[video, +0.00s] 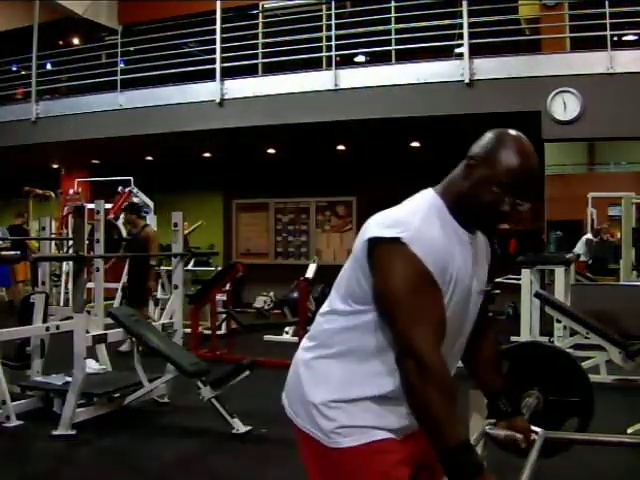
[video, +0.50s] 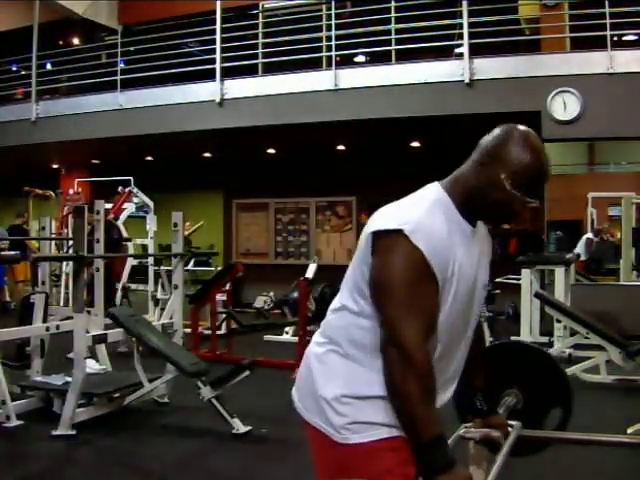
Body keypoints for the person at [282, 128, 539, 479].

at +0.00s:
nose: (510, 209)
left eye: (519, 199)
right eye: (507, 192)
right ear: (471, 166)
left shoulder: (477, 242)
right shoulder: (405, 235)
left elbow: (475, 332)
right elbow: (419, 363)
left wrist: (504, 410)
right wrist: (465, 464)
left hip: (408, 404)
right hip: (345, 411)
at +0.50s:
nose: (524, 208)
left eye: (530, 197)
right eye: (524, 192)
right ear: (500, 176)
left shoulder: (477, 235)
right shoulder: (410, 231)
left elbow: (467, 328)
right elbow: (405, 356)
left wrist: (479, 411)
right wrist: (439, 462)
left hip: (410, 396)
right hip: (352, 402)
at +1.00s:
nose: (562, 235)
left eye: (570, 226)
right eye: (567, 223)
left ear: (539, 192)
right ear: (551, 205)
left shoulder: (497, 240)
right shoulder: (454, 237)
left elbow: (454, 341)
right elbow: (417, 349)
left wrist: (471, 414)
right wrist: (437, 462)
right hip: (360, 399)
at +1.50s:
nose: (569, 254)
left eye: (577, 246)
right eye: (574, 243)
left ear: (545, 212)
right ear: (553, 224)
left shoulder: (497, 250)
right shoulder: (463, 252)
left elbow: (457, 342)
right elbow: (408, 355)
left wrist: (474, 415)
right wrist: (429, 463)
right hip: (355, 403)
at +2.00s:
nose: (534, 174)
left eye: (528, 161)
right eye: (518, 160)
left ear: (474, 172)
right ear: (472, 170)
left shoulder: (486, 246)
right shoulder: (435, 250)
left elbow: (442, 349)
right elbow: (398, 360)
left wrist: (469, 416)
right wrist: (432, 461)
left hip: (409, 406)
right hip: (356, 412)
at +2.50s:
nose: (449, 116)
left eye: (444, 107)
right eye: (434, 106)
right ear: (400, 119)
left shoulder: (419, 190)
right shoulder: (382, 187)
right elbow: (340, 285)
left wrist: (450, 351)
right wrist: (408, 375)